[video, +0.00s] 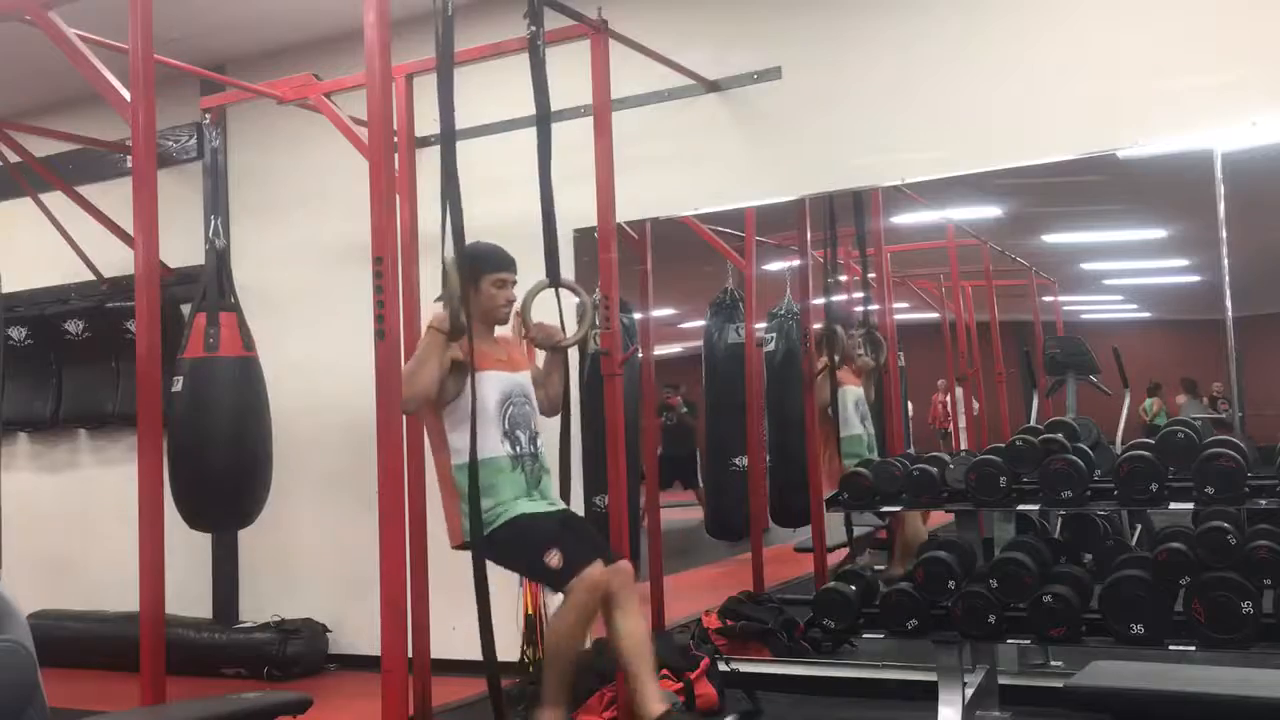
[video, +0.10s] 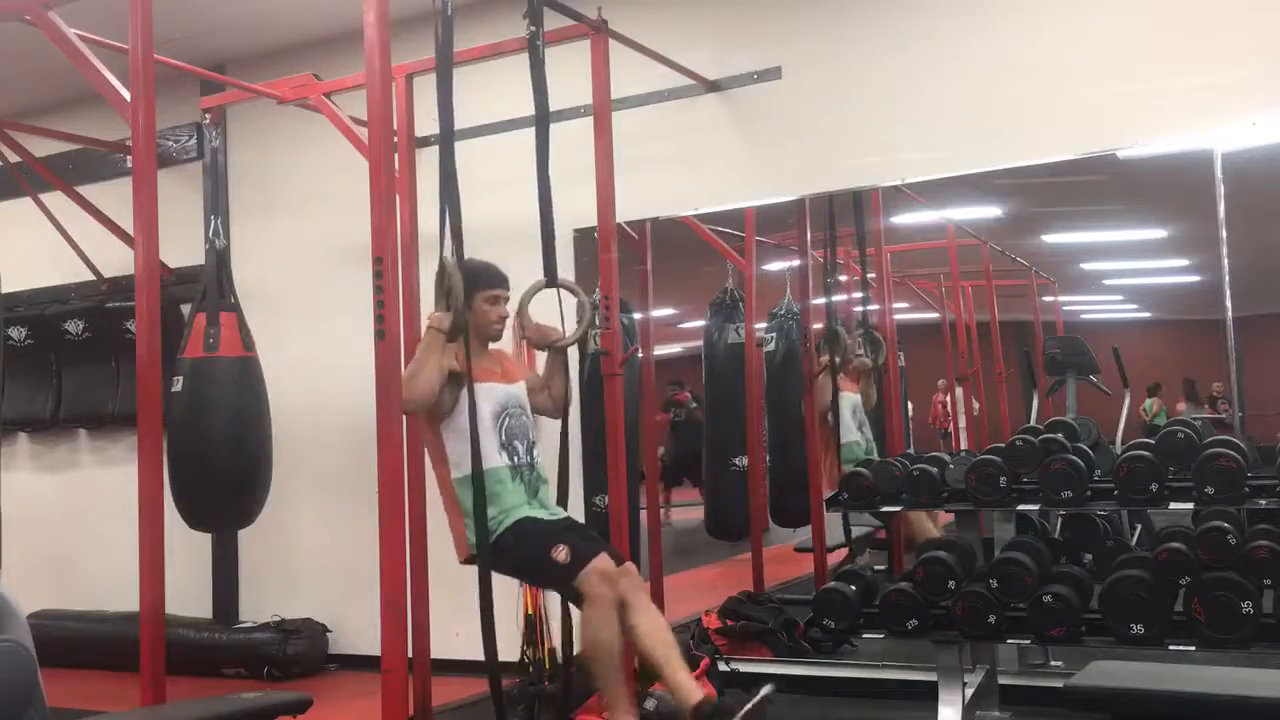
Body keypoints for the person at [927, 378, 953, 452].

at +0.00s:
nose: (941, 387)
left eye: (943, 385)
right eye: (940, 385)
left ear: (946, 386)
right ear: (938, 386)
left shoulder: (948, 396)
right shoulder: (935, 397)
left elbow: (950, 408)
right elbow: (933, 409)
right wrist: (931, 420)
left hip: (947, 421)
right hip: (938, 421)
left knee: (949, 438)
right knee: (941, 439)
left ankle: (950, 451)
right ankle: (943, 452)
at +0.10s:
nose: (941, 388)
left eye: (943, 386)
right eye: (940, 386)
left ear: (946, 386)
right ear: (938, 387)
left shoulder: (948, 396)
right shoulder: (935, 397)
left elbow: (951, 407)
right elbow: (933, 409)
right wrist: (931, 420)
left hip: (948, 421)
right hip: (939, 422)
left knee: (950, 438)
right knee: (941, 439)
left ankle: (952, 452)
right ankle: (943, 452)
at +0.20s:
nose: (942, 388)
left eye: (943, 385)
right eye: (940, 386)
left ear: (946, 386)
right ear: (938, 387)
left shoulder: (948, 396)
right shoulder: (935, 397)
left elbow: (951, 409)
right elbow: (934, 410)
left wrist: (952, 421)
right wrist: (932, 420)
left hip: (948, 421)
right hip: (939, 422)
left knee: (950, 438)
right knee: (941, 439)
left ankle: (951, 451)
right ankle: (943, 451)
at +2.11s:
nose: (944, 388)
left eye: (945, 386)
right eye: (942, 386)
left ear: (948, 386)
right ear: (940, 387)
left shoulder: (950, 396)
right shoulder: (938, 397)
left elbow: (953, 409)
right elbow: (935, 410)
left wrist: (953, 422)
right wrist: (933, 420)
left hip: (950, 422)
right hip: (941, 422)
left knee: (951, 439)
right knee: (942, 440)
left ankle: (953, 452)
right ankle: (943, 453)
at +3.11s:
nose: (942, 387)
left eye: (943, 385)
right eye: (940, 386)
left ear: (947, 386)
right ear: (939, 386)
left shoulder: (949, 396)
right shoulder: (938, 396)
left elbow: (952, 409)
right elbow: (935, 408)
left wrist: (952, 420)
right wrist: (933, 419)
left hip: (948, 421)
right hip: (940, 421)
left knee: (949, 439)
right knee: (942, 439)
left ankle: (951, 452)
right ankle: (944, 452)